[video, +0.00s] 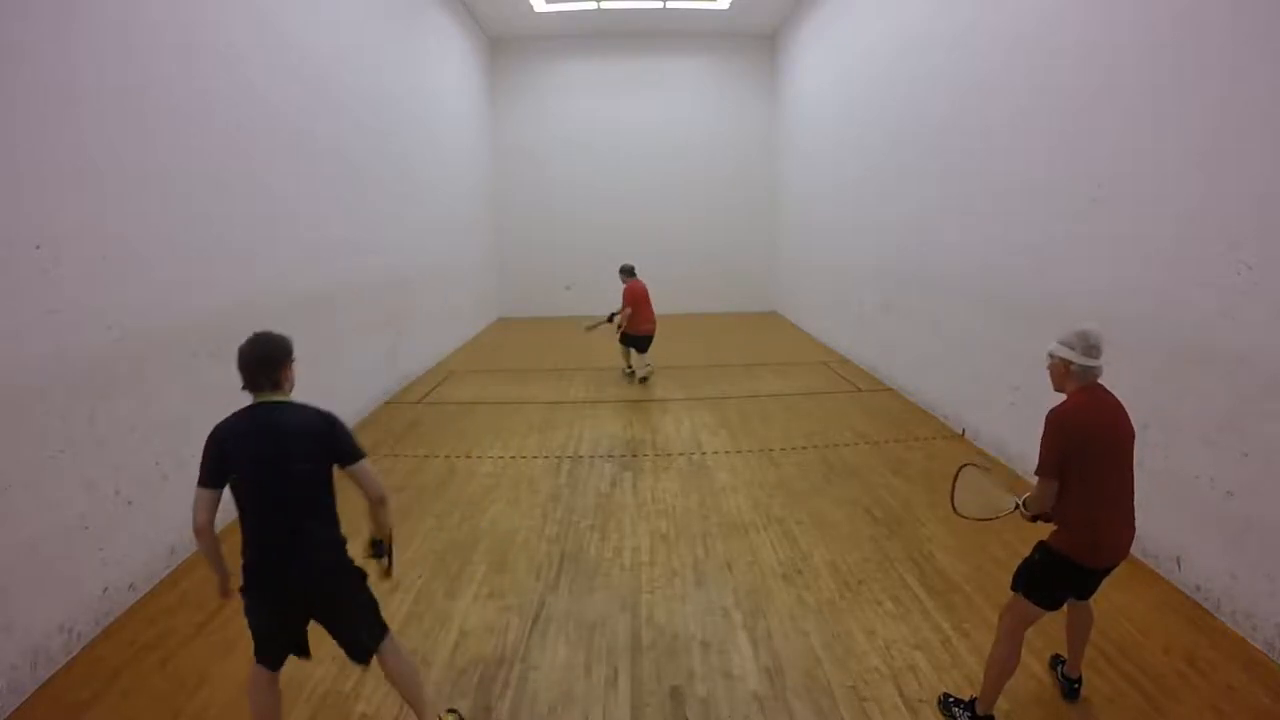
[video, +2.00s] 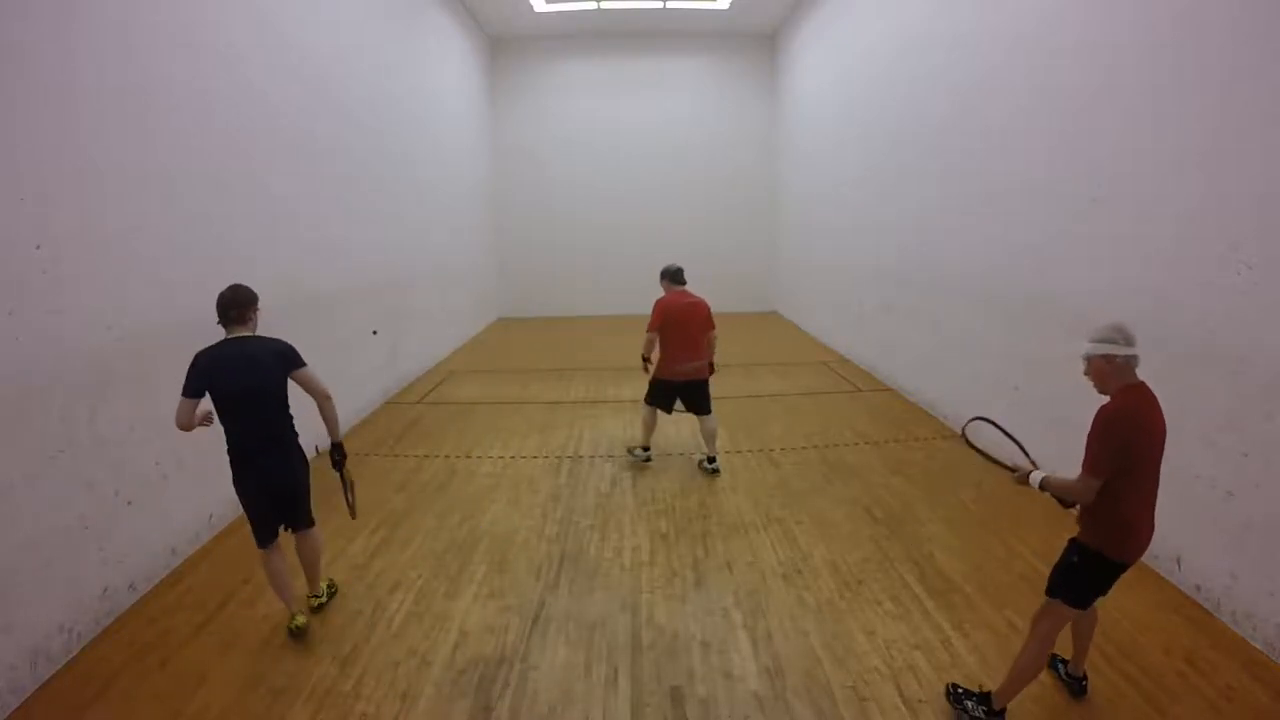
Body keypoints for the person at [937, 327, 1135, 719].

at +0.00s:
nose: (1048, 367)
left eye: (1053, 360)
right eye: (1050, 359)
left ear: (1068, 367)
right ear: (1089, 368)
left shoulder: (1062, 416)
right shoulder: (1113, 408)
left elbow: (1044, 497)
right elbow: (1101, 479)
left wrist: (1028, 507)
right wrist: (1052, 506)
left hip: (1077, 543)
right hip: (1116, 541)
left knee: (1014, 619)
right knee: (1080, 597)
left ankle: (981, 708)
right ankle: (1073, 675)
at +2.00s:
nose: (1086, 371)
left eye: (1090, 362)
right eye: (1086, 362)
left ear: (1114, 362)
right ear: (1123, 363)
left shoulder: (1115, 414)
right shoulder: (1145, 403)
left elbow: (1086, 489)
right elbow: (1128, 477)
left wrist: (1038, 478)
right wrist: (1081, 498)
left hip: (1103, 538)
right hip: (1130, 535)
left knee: (1048, 621)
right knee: (1084, 600)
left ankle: (995, 704)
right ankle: (1076, 672)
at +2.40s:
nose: (1107, 362)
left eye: (1115, 354)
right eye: (1109, 353)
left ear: (1139, 360)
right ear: (1148, 362)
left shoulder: (1132, 412)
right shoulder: (1167, 407)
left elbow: (1097, 490)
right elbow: (1136, 484)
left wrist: (1053, 468)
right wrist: (1089, 489)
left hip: (1115, 545)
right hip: (1143, 543)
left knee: (1073, 631)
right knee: (1093, 608)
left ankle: (1077, 712)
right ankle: (1074, 668)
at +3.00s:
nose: (1062, 375)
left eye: (1068, 368)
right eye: (1064, 367)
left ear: (1084, 374)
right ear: (1105, 374)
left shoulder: (1078, 426)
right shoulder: (1129, 417)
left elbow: (1055, 511)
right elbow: (1117, 494)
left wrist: (1043, 524)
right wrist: (1062, 522)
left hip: (1088, 565)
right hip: (1129, 563)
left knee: (1024, 643)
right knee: (1091, 623)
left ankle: (999, 715)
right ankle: (1082, 697)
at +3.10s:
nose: (1059, 376)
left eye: (1064, 369)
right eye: (1061, 368)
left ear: (1079, 375)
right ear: (1103, 375)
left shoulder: (1075, 427)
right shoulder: (1127, 418)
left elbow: (1054, 512)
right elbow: (1115, 494)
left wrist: (1042, 526)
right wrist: (1059, 522)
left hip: (1088, 565)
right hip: (1129, 562)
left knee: (1022, 643)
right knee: (1090, 622)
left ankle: (999, 714)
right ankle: (1082, 698)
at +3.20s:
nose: (1058, 375)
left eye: (1063, 368)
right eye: (1060, 367)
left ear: (1079, 376)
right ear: (1101, 376)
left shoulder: (1073, 428)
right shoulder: (1127, 419)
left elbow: (1054, 516)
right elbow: (1114, 494)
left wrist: (1042, 526)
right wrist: (1059, 522)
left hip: (1087, 566)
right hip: (1129, 563)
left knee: (1021, 642)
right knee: (1090, 622)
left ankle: (997, 715)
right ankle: (1082, 697)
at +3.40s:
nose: (1058, 375)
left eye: (1063, 369)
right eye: (1060, 367)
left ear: (1078, 376)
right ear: (1102, 376)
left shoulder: (1072, 429)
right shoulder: (1127, 419)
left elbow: (1054, 516)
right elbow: (1114, 494)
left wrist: (1043, 527)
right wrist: (1059, 522)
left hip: (1087, 566)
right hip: (1129, 562)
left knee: (1021, 642)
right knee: (1090, 621)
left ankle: (997, 715)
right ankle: (1083, 697)